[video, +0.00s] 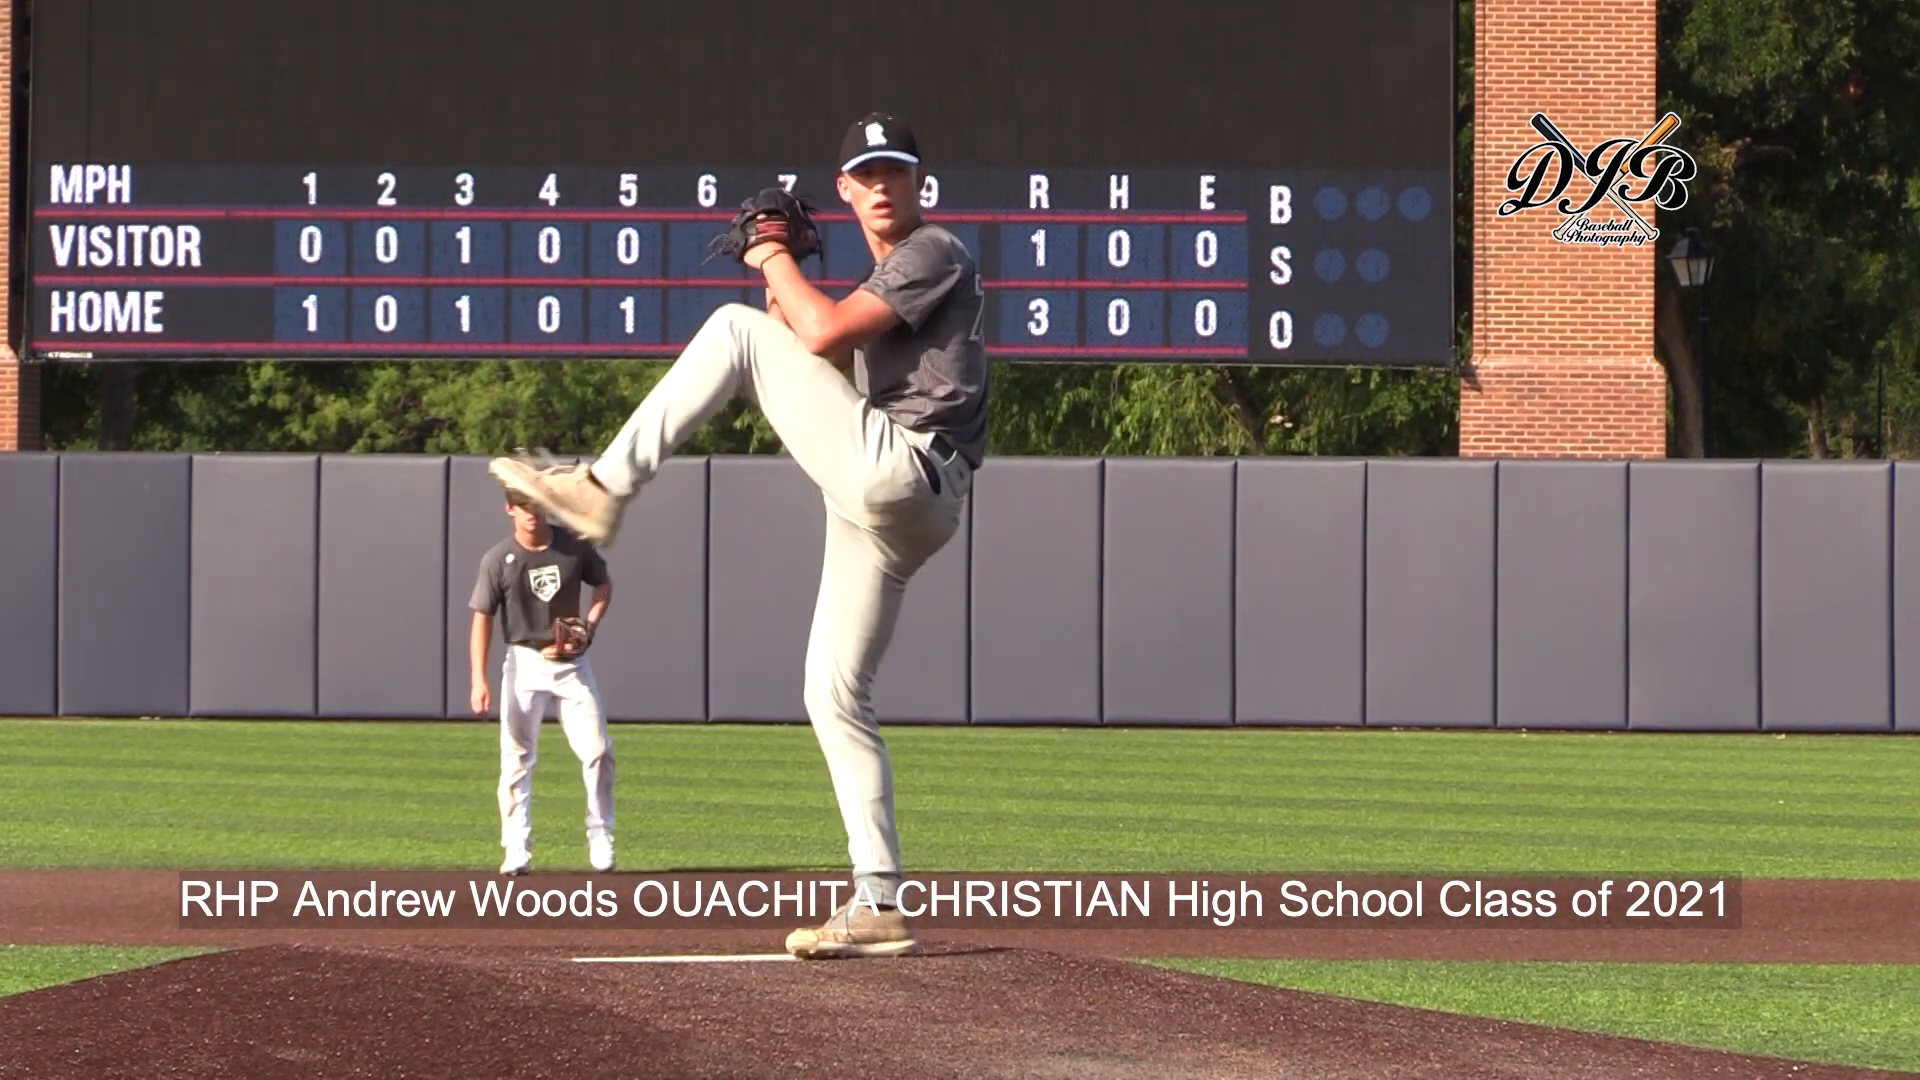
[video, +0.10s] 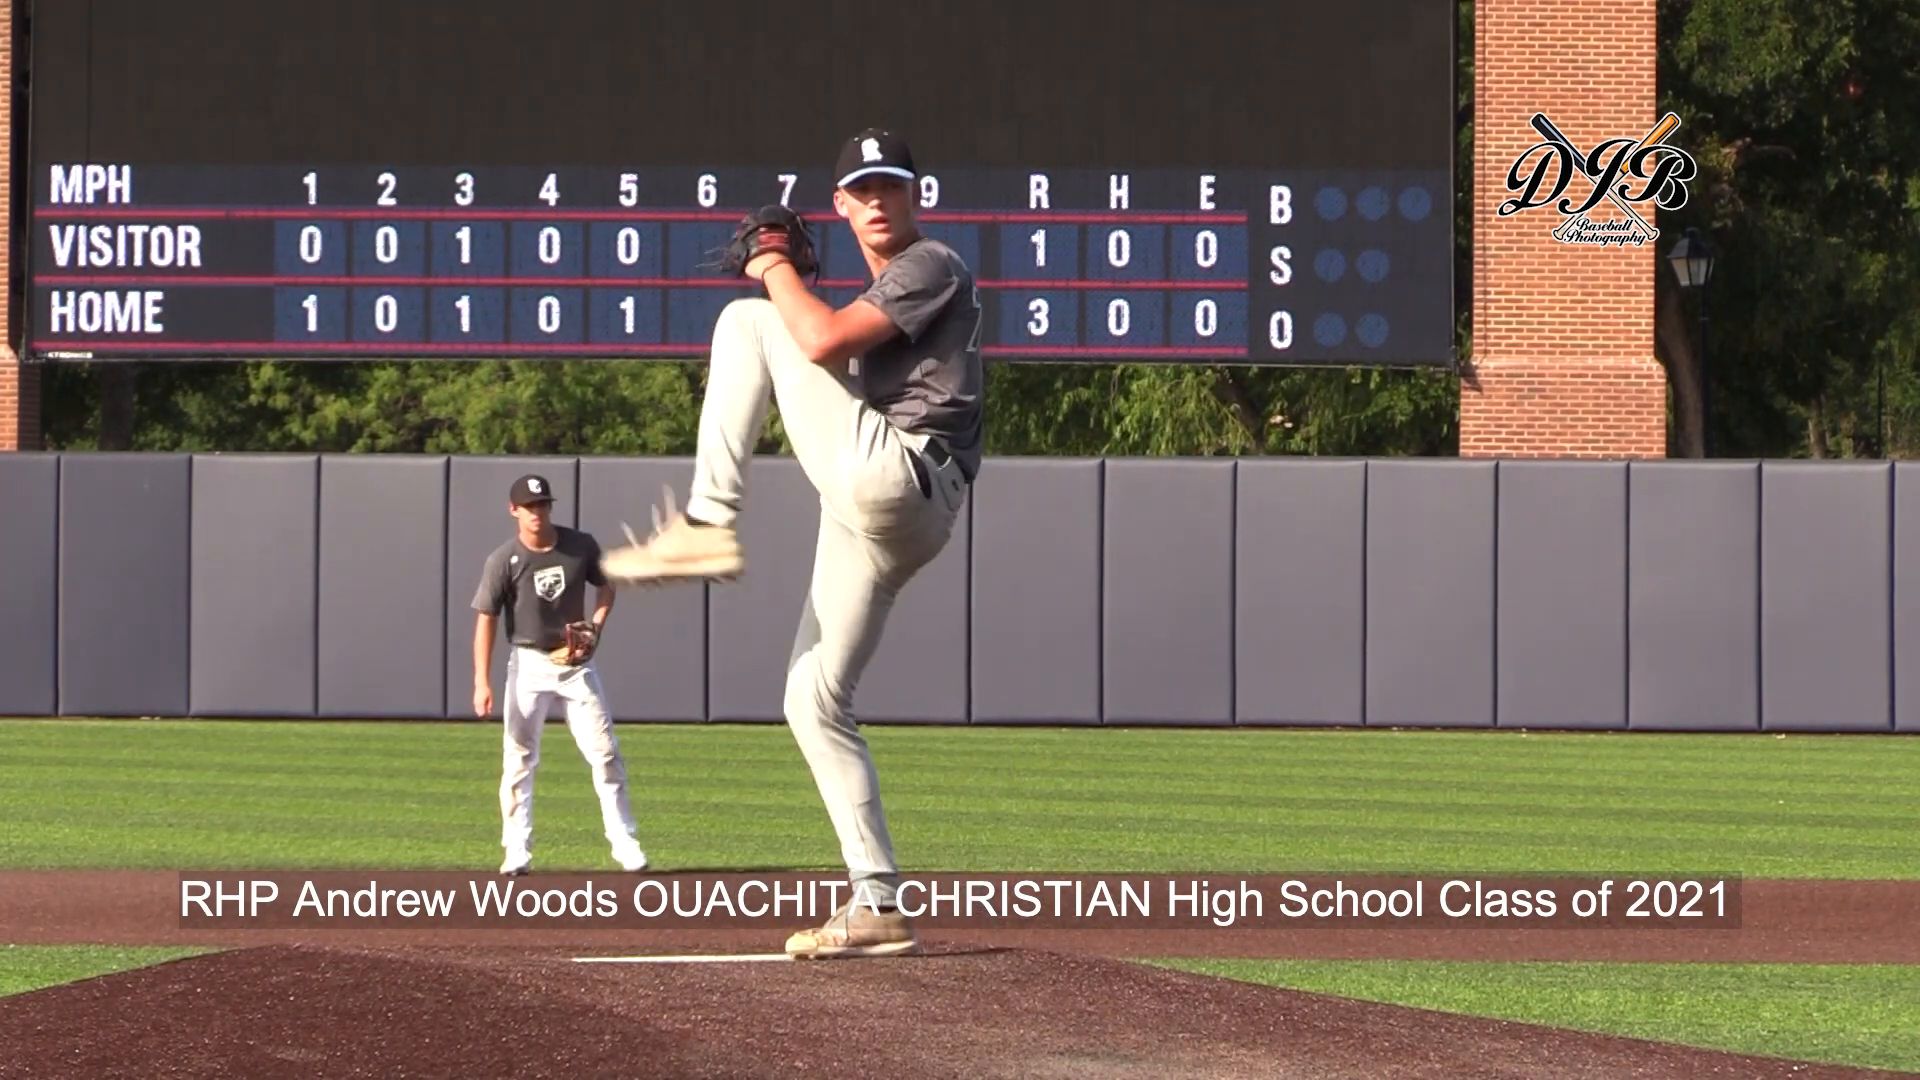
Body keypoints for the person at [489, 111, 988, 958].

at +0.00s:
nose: (879, 192)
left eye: (894, 175)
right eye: (864, 178)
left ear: (921, 183)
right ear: (846, 191)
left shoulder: (936, 252)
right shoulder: (877, 273)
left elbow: (825, 329)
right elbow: (824, 348)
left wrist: (773, 252)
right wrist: (780, 263)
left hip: (900, 469)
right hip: (883, 500)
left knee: (742, 326)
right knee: (839, 697)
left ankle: (600, 489)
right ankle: (878, 906)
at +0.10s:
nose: (875, 205)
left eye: (889, 189)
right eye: (860, 193)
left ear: (917, 197)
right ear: (841, 206)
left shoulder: (933, 263)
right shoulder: (870, 283)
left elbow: (825, 338)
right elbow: (833, 357)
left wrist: (772, 265)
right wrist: (791, 276)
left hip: (894, 469)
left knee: (750, 318)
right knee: (815, 701)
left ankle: (710, 523)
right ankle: (876, 904)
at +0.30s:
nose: (871, 248)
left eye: (886, 232)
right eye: (856, 235)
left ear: (913, 240)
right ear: (840, 250)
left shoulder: (921, 304)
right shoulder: (904, 333)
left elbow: (859, 417)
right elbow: (879, 488)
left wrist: (750, 427)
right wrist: (781, 471)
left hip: (916, 533)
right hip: (938, 551)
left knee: (721, 567)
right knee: (798, 728)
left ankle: (782, 768)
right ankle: (875, 906)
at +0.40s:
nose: (867, 292)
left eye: (881, 276)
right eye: (853, 280)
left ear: (910, 285)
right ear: (840, 296)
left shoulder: (913, 334)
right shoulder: (929, 357)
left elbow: (827, 406)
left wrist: (715, 473)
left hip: (942, 570)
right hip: (961, 585)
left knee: (761, 669)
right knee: (806, 737)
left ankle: (801, 880)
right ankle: (872, 906)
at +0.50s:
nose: (848, 343)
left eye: (865, 327)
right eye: (839, 329)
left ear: (899, 334)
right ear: (826, 337)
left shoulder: (906, 374)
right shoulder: (920, 408)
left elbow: (831, 393)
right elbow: (951, 579)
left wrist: (722, 397)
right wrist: (954, 730)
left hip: (981, 604)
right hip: (962, 610)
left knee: (812, 711)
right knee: (793, 739)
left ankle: (832, 913)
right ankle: (879, 907)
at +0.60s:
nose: (849, 380)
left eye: (865, 362)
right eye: (840, 367)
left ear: (900, 362)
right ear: (834, 375)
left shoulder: (923, 412)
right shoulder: (909, 440)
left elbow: (876, 378)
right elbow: (1001, 564)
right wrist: (1031, 705)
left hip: (1012, 622)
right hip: (960, 630)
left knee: (893, 733)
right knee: (831, 759)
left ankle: (898, 914)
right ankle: (870, 916)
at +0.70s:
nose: (900, 358)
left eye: (913, 341)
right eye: (894, 345)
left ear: (948, 342)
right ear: (893, 353)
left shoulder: (938, 400)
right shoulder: (1002, 432)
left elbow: (960, 372)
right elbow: (1078, 528)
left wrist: (987, 371)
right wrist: (1016, 591)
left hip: (1020, 633)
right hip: (956, 639)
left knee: (979, 759)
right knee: (875, 825)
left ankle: (1001, 942)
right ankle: (873, 907)